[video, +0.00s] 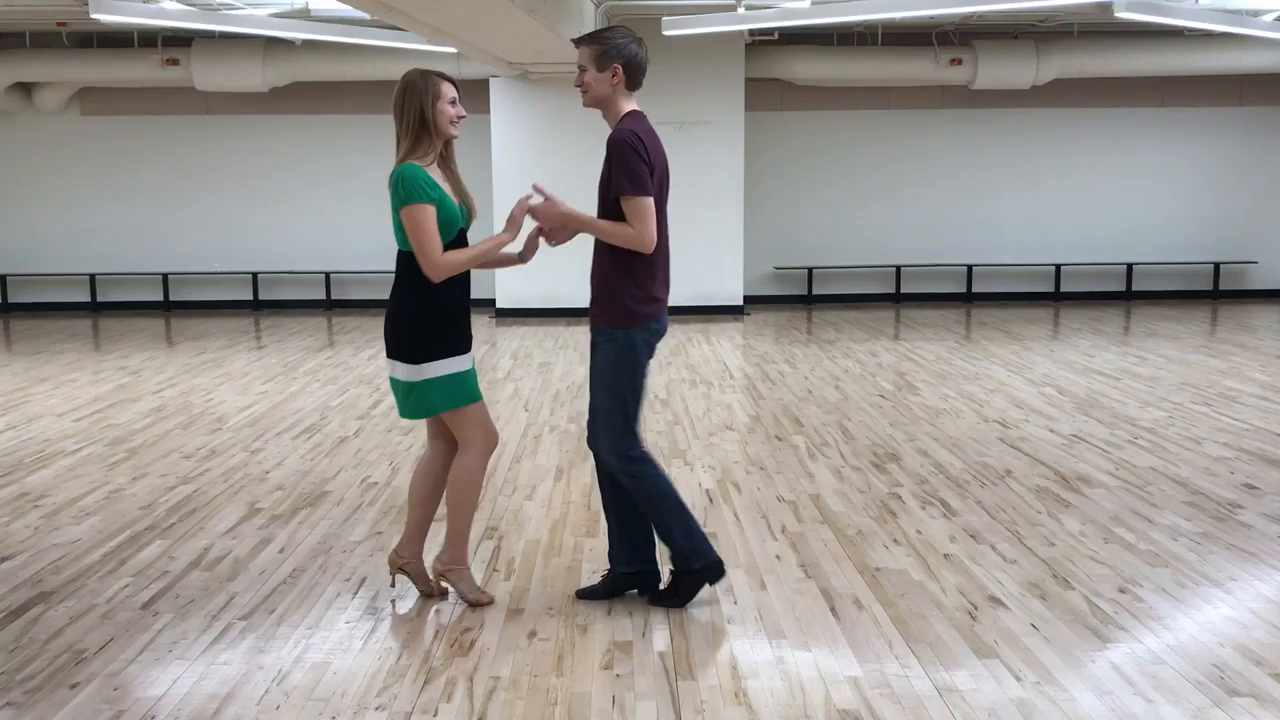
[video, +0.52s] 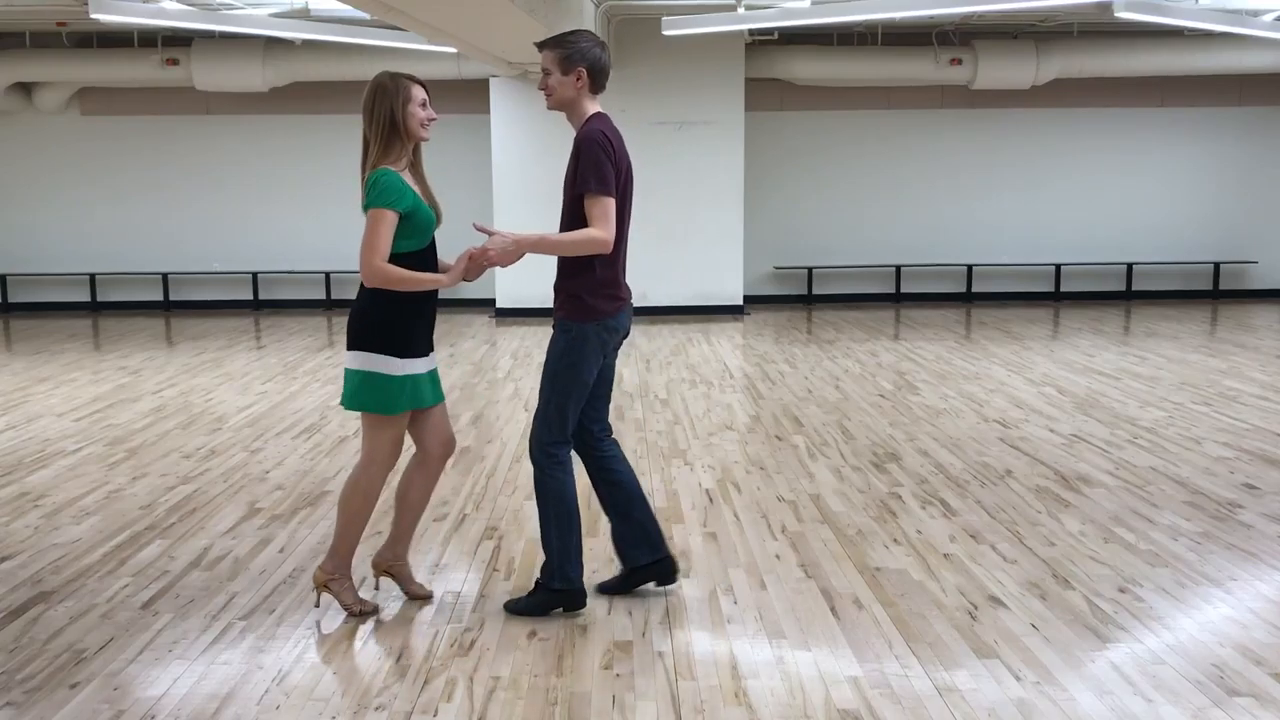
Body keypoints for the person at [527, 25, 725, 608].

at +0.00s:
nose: (577, 82)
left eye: (583, 72)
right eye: (577, 72)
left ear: (614, 75)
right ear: (614, 77)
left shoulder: (627, 139)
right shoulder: (633, 134)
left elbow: (644, 236)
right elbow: (634, 224)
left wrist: (572, 217)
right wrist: (578, 224)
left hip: (629, 318)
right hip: (619, 316)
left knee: (615, 442)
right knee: (607, 440)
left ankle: (696, 558)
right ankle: (632, 568)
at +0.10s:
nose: (565, 84)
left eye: (572, 74)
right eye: (565, 74)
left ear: (602, 77)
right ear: (606, 78)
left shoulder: (617, 142)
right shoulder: (623, 137)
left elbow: (633, 241)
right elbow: (621, 237)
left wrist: (553, 244)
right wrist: (550, 244)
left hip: (610, 318)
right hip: (616, 315)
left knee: (574, 442)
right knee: (600, 437)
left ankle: (643, 565)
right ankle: (628, 567)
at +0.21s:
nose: (557, 84)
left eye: (564, 75)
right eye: (558, 75)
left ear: (595, 79)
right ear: (597, 80)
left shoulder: (610, 143)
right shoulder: (614, 139)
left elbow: (622, 243)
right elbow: (607, 239)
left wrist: (539, 253)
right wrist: (538, 248)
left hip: (601, 321)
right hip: (609, 317)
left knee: (558, 442)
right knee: (592, 439)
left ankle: (589, 578)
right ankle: (635, 564)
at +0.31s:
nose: (548, 83)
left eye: (555, 74)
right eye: (549, 73)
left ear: (586, 77)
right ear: (589, 78)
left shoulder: (602, 141)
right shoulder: (605, 137)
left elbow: (610, 241)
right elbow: (596, 238)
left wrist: (528, 249)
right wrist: (528, 244)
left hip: (594, 319)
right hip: (603, 316)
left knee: (549, 443)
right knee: (586, 438)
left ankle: (558, 584)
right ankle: (632, 564)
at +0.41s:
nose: (542, 81)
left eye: (549, 72)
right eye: (542, 72)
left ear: (579, 75)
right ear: (583, 76)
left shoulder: (595, 139)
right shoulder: (603, 135)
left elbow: (601, 237)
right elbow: (593, 237)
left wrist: (523, 243)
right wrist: (520, 243)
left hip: (587, 319)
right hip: (603, 315)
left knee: (549, 444)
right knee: (588, 436)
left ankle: (559, 584)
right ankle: (632, 563)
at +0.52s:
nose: (540, 84)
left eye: (547, 74)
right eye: (541, 74)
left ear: (579, 77)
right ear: (580, 78)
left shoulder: (595, 139)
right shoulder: (601, 135)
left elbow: (602, 236)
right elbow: (593, 238)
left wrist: (525, 243)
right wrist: (520, 244)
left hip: (586, 317)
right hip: (603, 313)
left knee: (550, 444)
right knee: (591, 434)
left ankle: (562, 583)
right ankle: (648, 558)